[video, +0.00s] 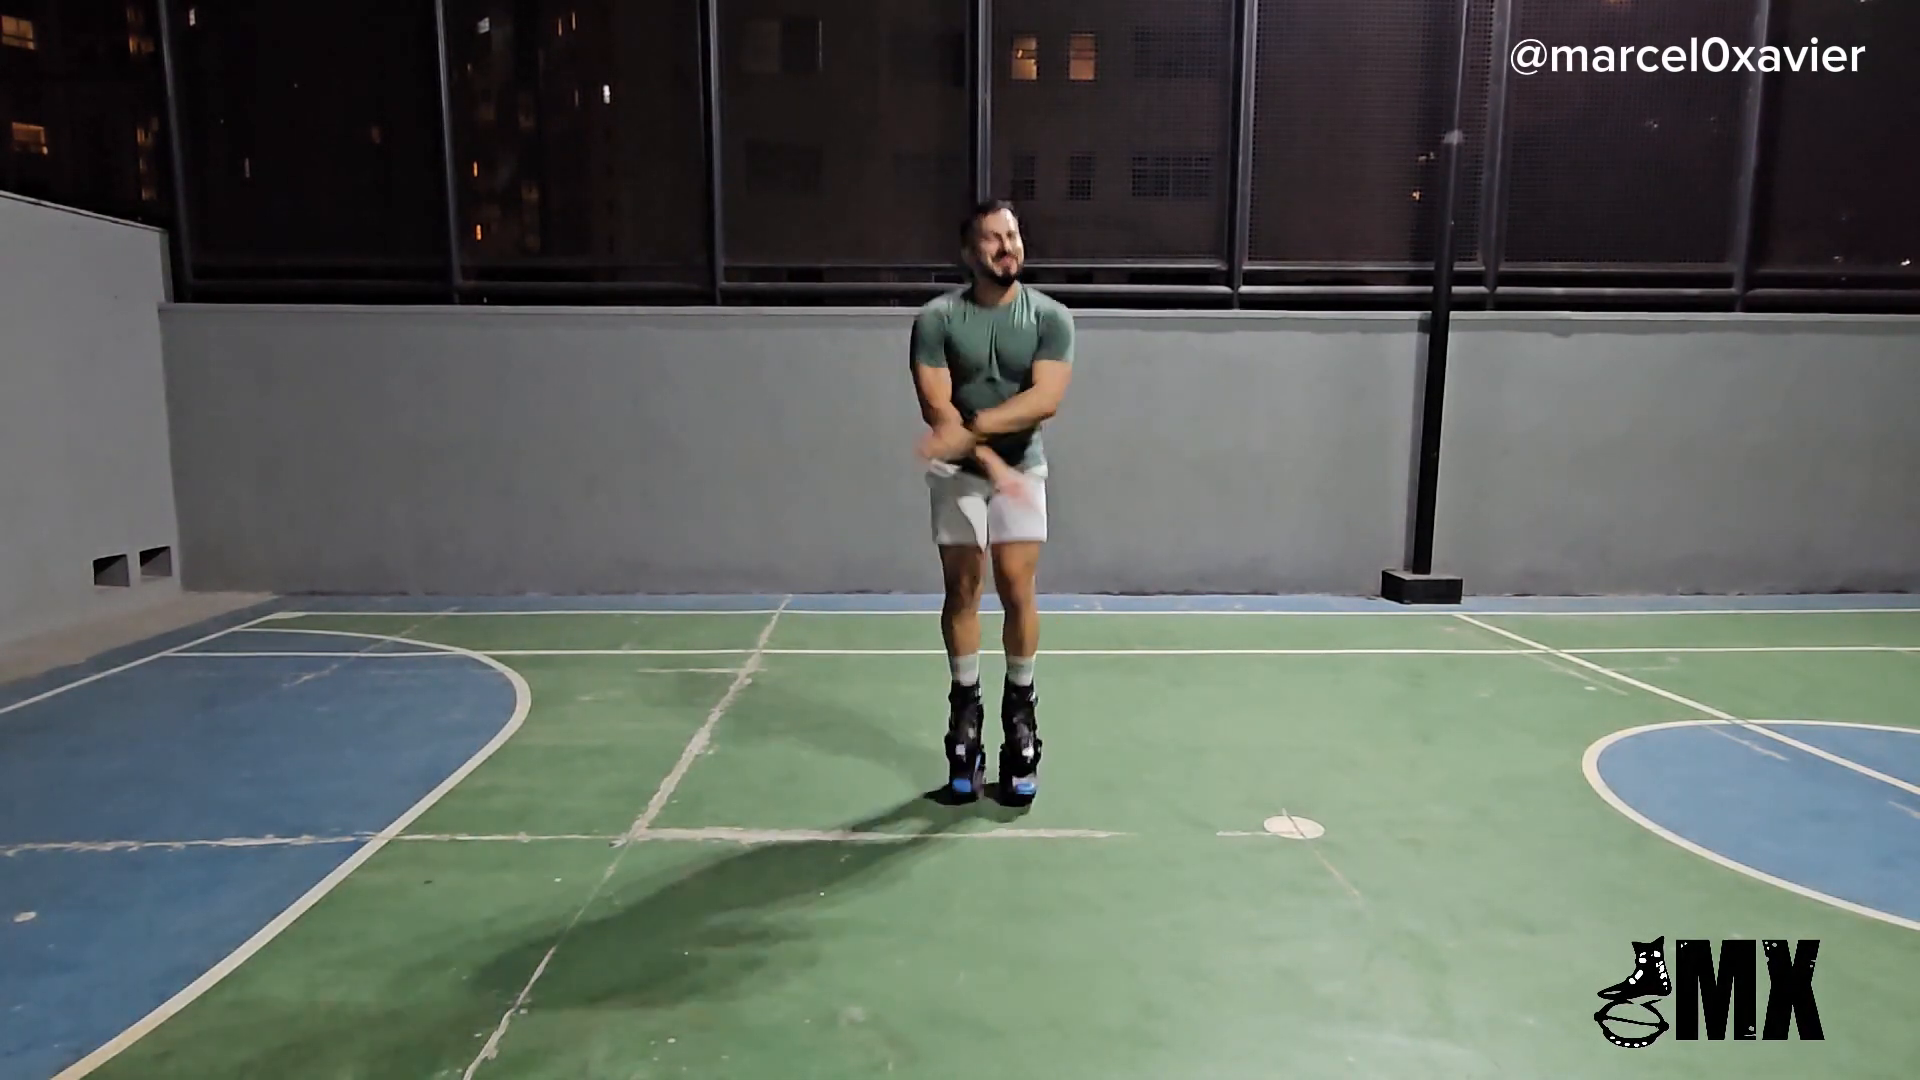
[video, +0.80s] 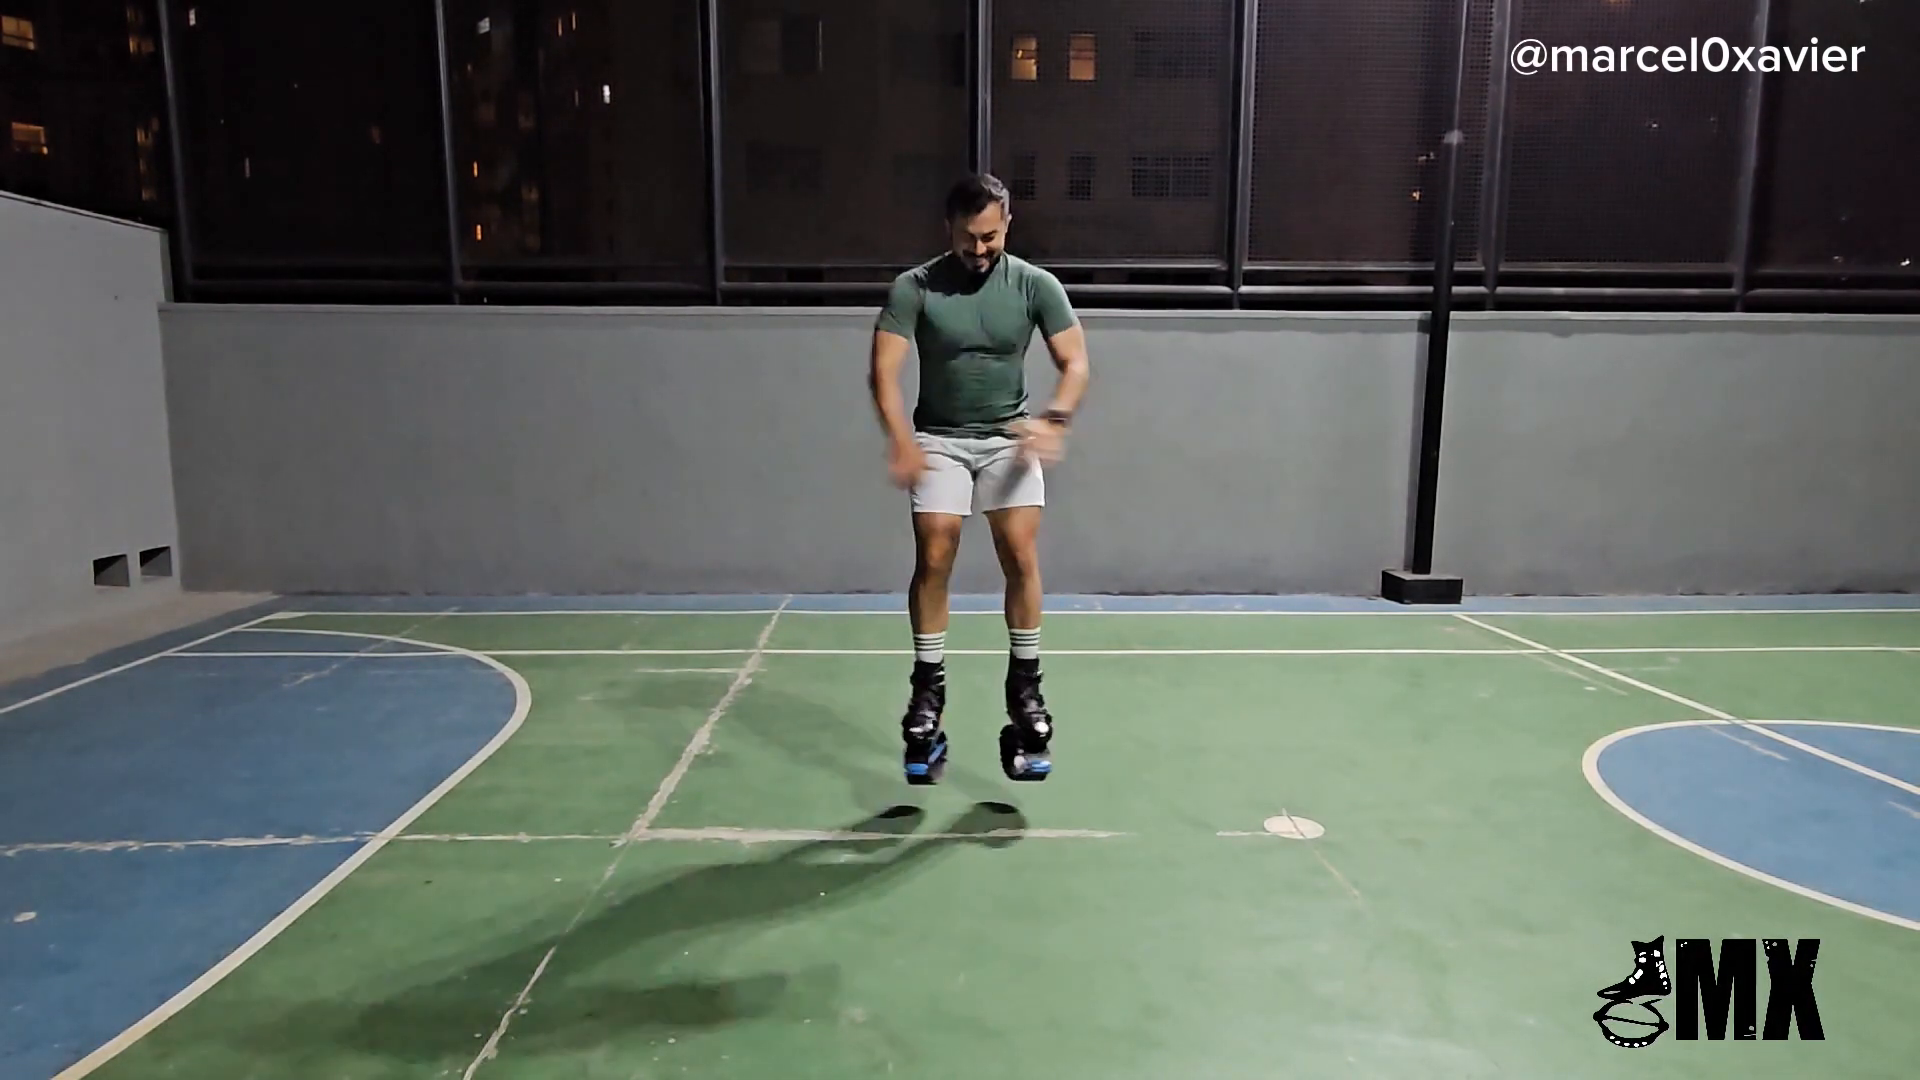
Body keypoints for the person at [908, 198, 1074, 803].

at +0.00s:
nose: (1007, 247)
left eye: (1012, 236)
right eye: (993, 239)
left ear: (1023, 244)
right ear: (970, 252)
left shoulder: (1050, 318)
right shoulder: (937, 320)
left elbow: (1045, 400)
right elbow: (941, 413)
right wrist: (994, 464)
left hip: (1022, 465)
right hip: (957, 465)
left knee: (1016, 585)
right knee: (963, 586)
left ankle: (1020, 718)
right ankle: (965, 719)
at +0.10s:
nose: (1004, 272)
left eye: (1011, 262)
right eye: (991, 263)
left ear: (1022, 270)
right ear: (969, 273)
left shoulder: (1046, 339)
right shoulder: (937, 340)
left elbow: (1032, 400)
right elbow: (937, 418)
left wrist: (957, 358)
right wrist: (1013, 405)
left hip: (1018, 500)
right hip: (955, 499)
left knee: (1014, 608)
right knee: (962, 613)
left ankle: (1017, 736)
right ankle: (965, 739)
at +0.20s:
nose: (994, 238)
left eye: (1003, 226)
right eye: (983, 228)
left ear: (1016, 229)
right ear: (964, 232)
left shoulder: (1045, 296)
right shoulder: (928, 297)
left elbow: (1068, 377)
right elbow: (907, 380)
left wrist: (1029, 342)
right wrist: (942, 369)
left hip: (1017, 462)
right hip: (951, 463)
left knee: (1017, 576)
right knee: (955, 578)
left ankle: (1021, 706)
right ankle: (959, 714)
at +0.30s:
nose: (984, 229)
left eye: (994, 217)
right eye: (973, 218)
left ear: (1008, 211)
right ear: (955, 216)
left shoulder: (1042, 278)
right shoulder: (920, 281)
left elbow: (1080, 353)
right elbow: (885, 351)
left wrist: (1104, 384)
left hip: (1016, 440)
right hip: (947, 441)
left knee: (1025, 559)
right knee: (941, 559)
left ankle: (1033, 680)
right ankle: (938, 688)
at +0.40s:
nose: (979, 247)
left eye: (988, 235)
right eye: (967, 236)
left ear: (1004, 227)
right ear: (950, 232)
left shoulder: (1037, 293)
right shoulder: (916, 300)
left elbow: (1087, 374)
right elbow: (865, 379)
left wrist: (1139, 436)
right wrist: (812, 444)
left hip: (1017, 451)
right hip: (944, 454)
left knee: (1036, 568)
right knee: (927, 570)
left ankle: (1050, 689)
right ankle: (909, 699)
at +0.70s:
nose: (980, 253)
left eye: (990, 241)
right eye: (969, 242)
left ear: (1006, 233)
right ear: (950, 235)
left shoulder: (1036, 292)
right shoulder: (912, 294)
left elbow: (1092, 362)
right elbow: (857, 361)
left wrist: (1134, 403)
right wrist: (815, 420)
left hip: (1010, 453)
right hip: (939, 453)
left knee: (1032, 573)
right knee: (923, 573)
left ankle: (1047, 698)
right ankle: (902, 707)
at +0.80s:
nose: (981, 250)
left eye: (991, 238)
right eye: (970, 239)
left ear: (1007, 226)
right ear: (950, 230)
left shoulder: (1035, 286)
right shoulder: (914, 289)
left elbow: (1075, 364)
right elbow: (884, 374)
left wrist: (1054, 419)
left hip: (1012, 440)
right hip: (938, 443)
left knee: (1020, 559)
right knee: (934, 559)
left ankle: (1025, 688)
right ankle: (927, 693)